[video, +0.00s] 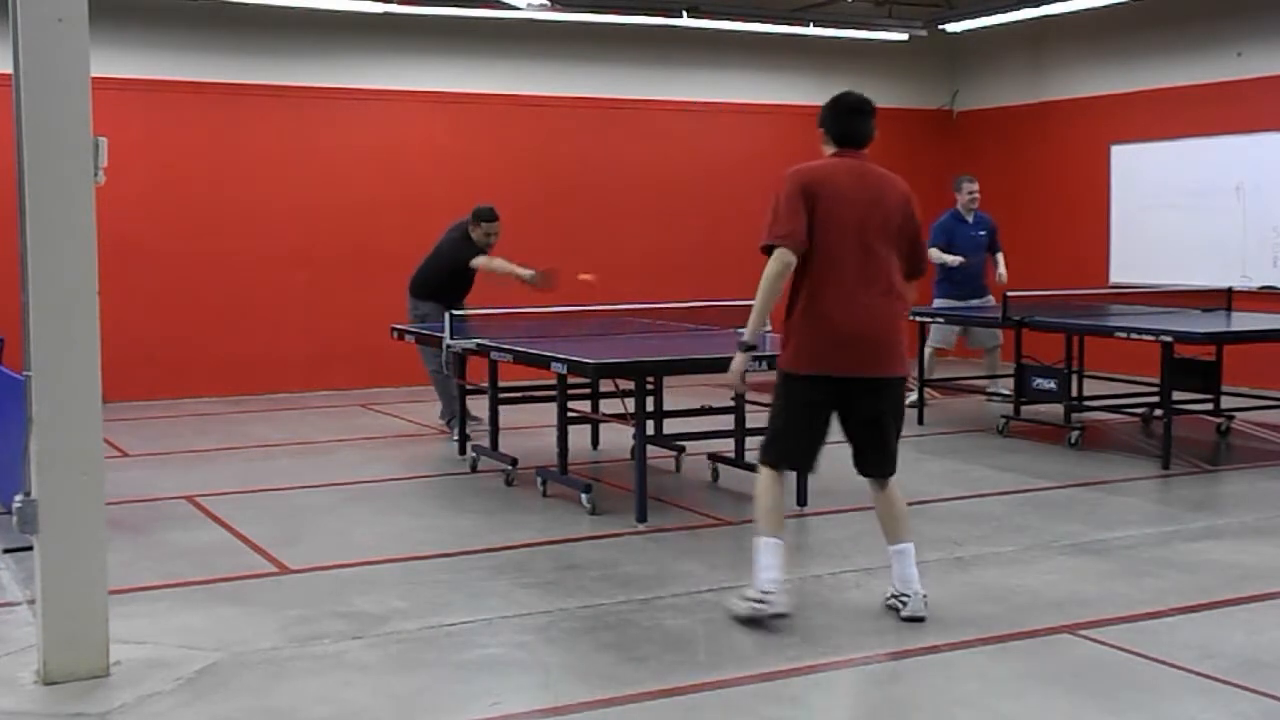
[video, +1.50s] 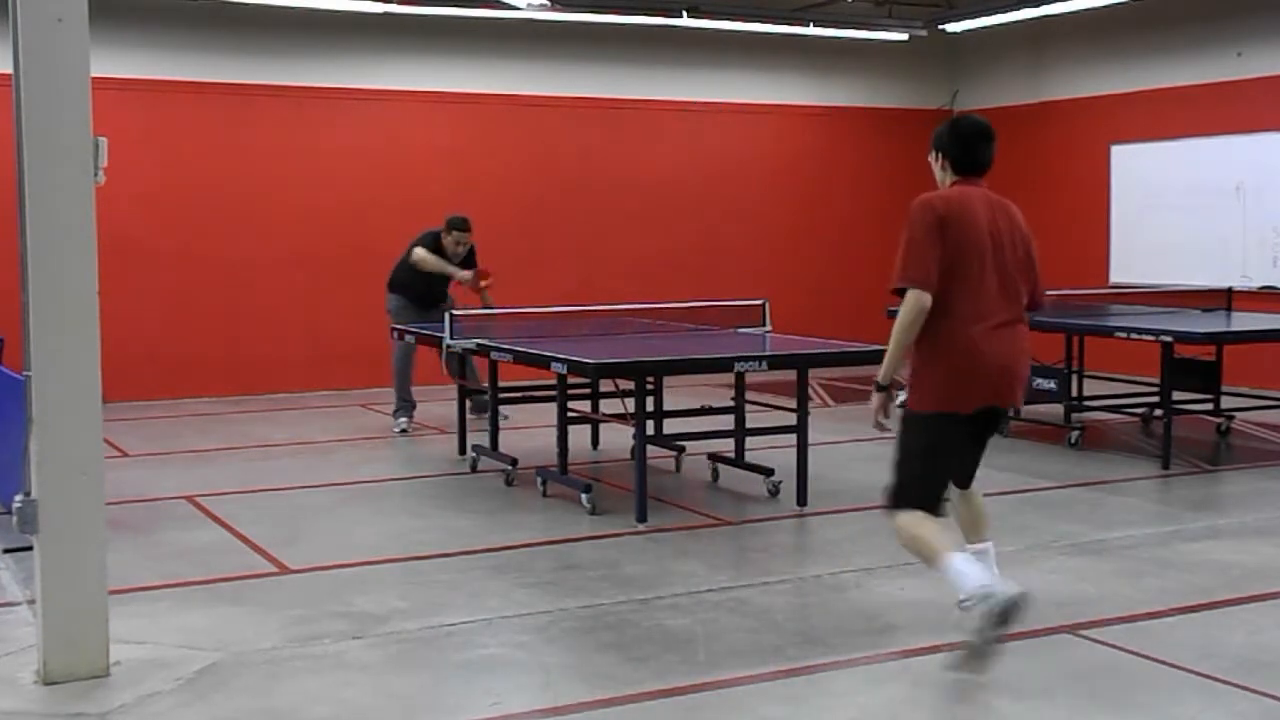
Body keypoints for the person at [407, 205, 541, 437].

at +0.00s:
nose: (493, 240)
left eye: (496, 234)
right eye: (488, 234)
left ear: (498, 229)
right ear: (473, 228)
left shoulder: (473, 232)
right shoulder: (459, 245)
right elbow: (489, 264)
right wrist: (521, 272)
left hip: (452, 302)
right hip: (427, 303)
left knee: (459, 354)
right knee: (438, 361)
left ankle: (457, 406)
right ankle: (453, 416)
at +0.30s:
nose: (484, 220)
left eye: (486, 214)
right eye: (478, 214)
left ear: (488, 213)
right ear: (464, 213)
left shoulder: (476, 234)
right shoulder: (449, 233)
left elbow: (460, 267)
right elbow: (428, 271)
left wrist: (463, 295)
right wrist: (456, 299)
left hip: (450, 304)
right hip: (425, 304)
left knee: (454, 358)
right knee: (437, 361)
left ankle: (430, 407)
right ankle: (454, 418)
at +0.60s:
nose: (464, 199)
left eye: (467, 194)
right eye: (458, 194)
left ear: (471, 194)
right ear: (445, 194)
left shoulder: (471, 218)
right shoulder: (426, 220)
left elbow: (477, 249)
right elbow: (398, 250)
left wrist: (495, 278)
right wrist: (417, 284)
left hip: (445, 298)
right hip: (419, 297)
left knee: (451, 351)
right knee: (427, 350)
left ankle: (435, 410)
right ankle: (418, 413)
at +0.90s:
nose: (454, 199)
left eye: (457, 194)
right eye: (448, 194)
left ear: (462, 195)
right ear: (436, 195)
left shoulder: (467, 218)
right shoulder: (419, 221)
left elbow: (478, 250)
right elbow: (400, 257)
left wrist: (490, 277)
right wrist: (425, 286)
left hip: (451, 296)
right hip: (415, 296)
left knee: (466, 346)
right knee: (405, 350)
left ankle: (461, 398)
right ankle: (400, 410)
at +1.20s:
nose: (466, 226)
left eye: (470, 220)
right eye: (460, 221)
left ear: (475, 220)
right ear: (450, 220)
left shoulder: (483, 241)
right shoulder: (434, 236)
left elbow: (494, 271)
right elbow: (397, 257)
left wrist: (501, 293)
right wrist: (421, 287)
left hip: (463, 304)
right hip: (429, 303)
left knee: (482, 349)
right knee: (423, 349)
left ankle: (488, 405)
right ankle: (405, 412)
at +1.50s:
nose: (462, 250)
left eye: (466, 244)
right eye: (457, 243)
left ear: (471, 240)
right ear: (445, 236)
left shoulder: (467, 251)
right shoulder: (429, 241)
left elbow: (473, 280)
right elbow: (417, 257)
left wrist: (487, 302)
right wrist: (457, 273)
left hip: (437, 302)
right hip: (405, 299)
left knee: (457, 349)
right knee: (405, 347)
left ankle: (479, 402)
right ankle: (403, 412)